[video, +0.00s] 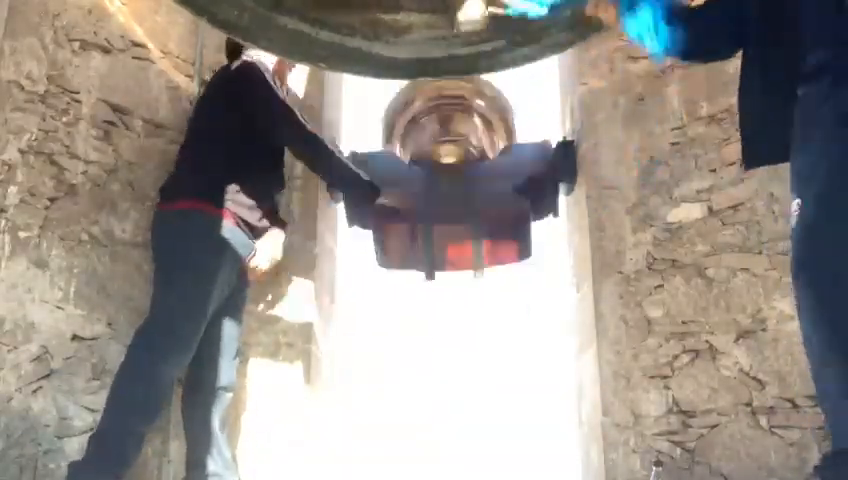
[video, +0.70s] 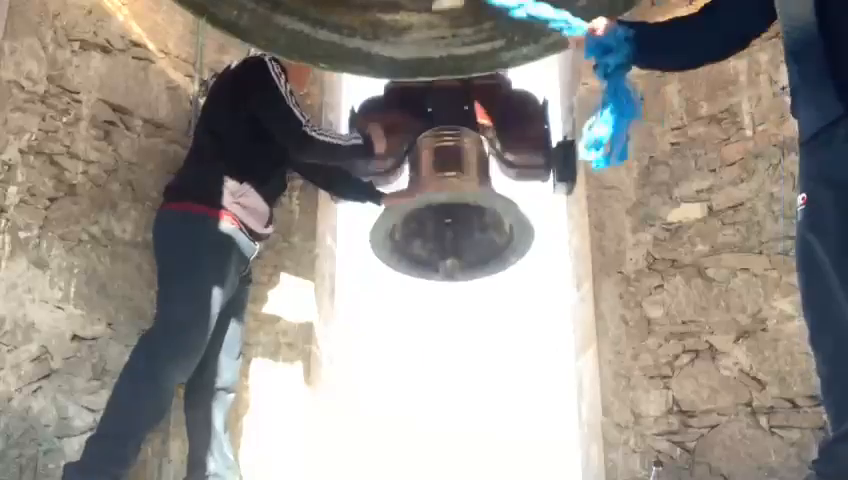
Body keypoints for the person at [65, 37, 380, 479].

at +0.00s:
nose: (297, 71)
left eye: (302, 62)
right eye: (294, 58)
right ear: (272, 48)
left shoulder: (264, 98)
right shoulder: (246, 76)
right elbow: (300, 138)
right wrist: (360, 192)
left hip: (233, 244)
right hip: (203, 227)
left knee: (216, 384)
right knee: (161, 357)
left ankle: (213, 472)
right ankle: (98, 469)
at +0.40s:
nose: (290, 53)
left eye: (294, 46)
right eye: (286, 41)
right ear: (264, 35)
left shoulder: (271, 91)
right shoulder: (244, 65)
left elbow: (307, 144)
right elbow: (287, 137)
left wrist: (342, 93)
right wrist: (343, 200)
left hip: (242, 238)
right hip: (208, 224)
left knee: (218, 377)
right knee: (173, 351)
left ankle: (215, 472)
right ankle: (97, 470)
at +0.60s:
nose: (313, 66)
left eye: (316, 57)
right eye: (311, 55)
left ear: (287, 52)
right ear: (288, 46)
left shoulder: (277, 96)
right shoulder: (256, 70)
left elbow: (311, 152)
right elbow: (288, 147)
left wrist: (379, 151)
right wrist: (356, 181)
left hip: (243, 244)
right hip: (208, 228)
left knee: (219, 383)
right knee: (174, 354)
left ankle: (215, 472)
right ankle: (97, 469)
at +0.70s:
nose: (315, 75)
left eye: (317, 69)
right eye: (314, 65)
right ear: (294, 52)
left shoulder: (279, 113)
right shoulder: (257, 71)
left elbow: (319, 171)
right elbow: (301, 142)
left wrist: (388, 195)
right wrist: (371, 143)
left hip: (238, 247)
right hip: (203, 226)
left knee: (218, 383)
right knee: (173, 354)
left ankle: (214, 474)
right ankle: (95, 471)